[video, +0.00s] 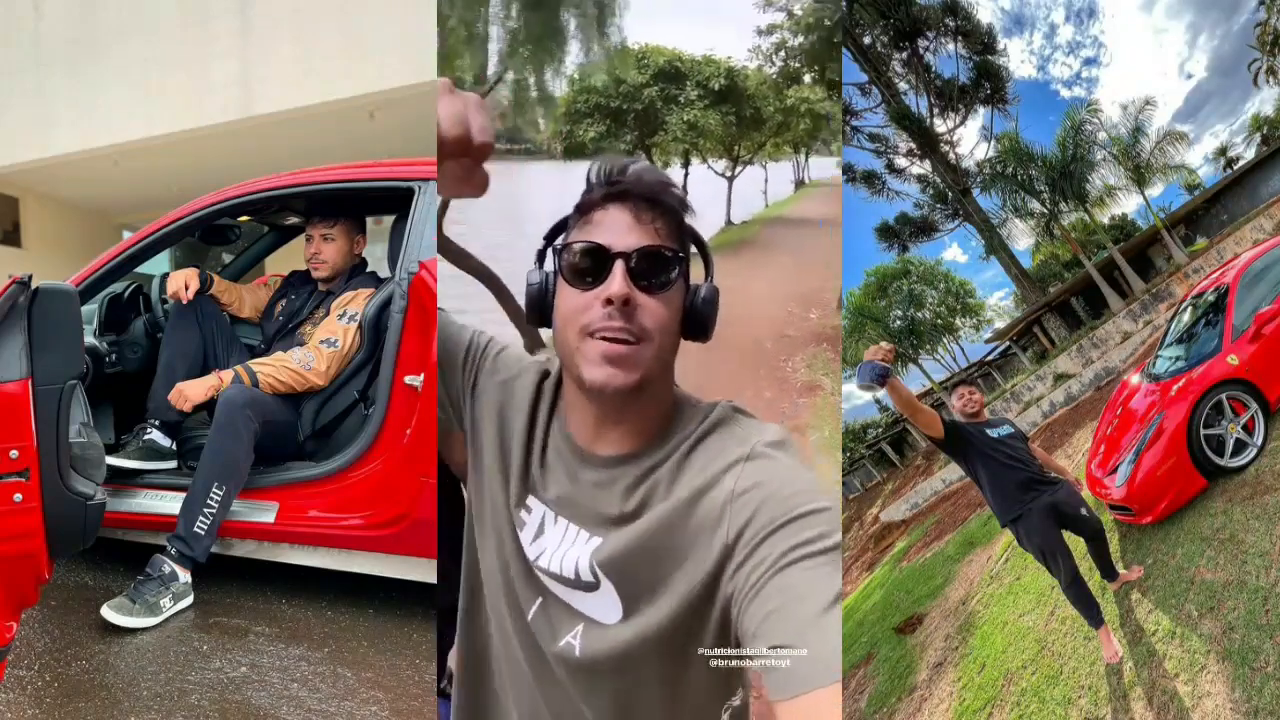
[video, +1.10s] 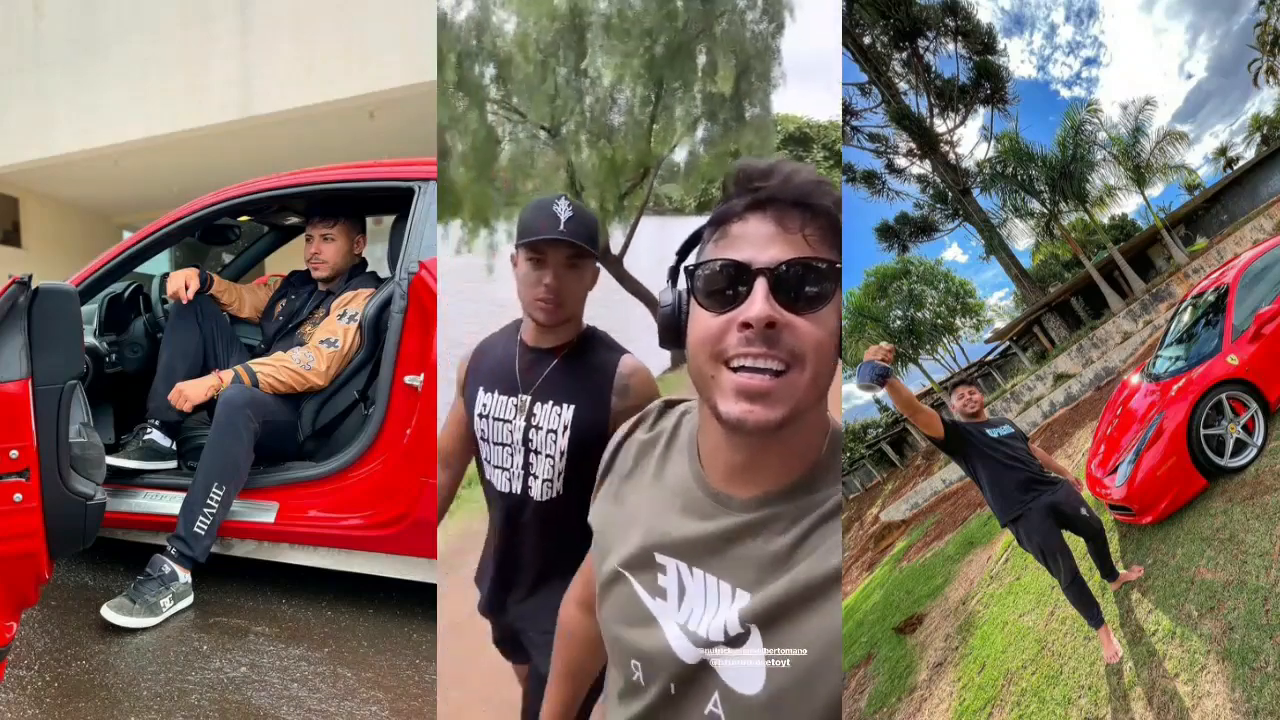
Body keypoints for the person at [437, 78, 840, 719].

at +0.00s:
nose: (616, 292)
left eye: (651, 270)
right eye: (588, 267)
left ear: (689, 306)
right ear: (550, 293)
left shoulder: (760, 492)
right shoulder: (495, 393)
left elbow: (809, 706)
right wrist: (418, 188)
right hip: (485, 707)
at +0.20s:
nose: (646, 307)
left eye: (684, 282)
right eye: (615, 279)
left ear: (728, 318)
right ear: (573, 307)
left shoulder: (793, 496)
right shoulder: (515, 439)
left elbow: (837, 692)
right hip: (509, 707)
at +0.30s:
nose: (663, 317)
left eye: (702, 288)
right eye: (628, 287)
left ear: (747, 321)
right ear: (587, 314)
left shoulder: (809, 507)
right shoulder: (525, 459)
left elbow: (852, 699)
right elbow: (379, 558)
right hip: (535, 708)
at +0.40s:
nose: (654, 319)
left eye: (693, 292)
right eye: (619, 291)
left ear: (737, 331)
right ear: (577, 322)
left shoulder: (809, 524)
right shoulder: (513, 471)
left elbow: (843, 702)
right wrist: (482, 666)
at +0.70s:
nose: (684, 319)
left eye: (723, 293)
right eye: (651, 291)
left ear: (772, 332)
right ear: (609, 322)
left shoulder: (836, 509)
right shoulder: (566, 462)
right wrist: (545, 704)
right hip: (584, 710)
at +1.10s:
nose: (759, 312)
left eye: (802, 285)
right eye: (725, 284)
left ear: (846, 323)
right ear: (681, 315)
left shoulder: (876, 521)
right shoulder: (639, 448)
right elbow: (587, 607)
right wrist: (555, 713)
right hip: (615, 709)